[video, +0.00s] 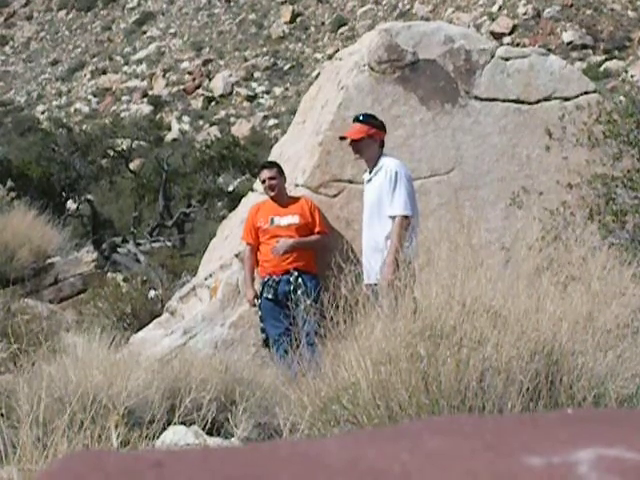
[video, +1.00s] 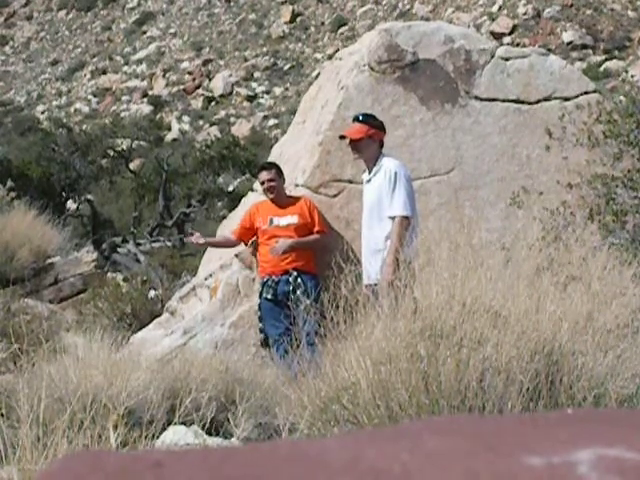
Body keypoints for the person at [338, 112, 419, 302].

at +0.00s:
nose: (352, 147)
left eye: (357, 140)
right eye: (351, 141)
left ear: (376, 138)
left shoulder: (394, 169)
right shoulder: (369, 177)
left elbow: (402, 218)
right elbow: (372, 227)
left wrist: (391, 264)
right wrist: (368, 275)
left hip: (390, 274)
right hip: (373, 275)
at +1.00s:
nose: (352, 146)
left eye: (357, 140)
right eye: (350, 141)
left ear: (375, 139)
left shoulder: (393, 169)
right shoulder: (368, 177)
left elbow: (402, 219)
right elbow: (371, 229)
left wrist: (391, 264)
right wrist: (368, 276)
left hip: (391, 272)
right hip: (373, 275)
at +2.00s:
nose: (349, 147)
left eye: (353, 142)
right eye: (349, 142)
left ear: (368, 141)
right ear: (366, 142)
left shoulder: (393, 171)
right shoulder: (371, 176)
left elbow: (399, 222)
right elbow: (375, 226)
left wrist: (386, 270)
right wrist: (370, 274)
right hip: (373, 277)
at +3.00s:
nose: (350, 147)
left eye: (354, 142)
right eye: (350, 142)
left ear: (368, 141)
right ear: (367, 142)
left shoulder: (393, 171)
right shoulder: (375, 175)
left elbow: (398, 224)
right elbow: (379, 226)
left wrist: (386, 273)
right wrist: (374, 273)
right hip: (376, 276)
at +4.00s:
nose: (352, 147)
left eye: (356, 142)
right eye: (352, 143)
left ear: (373, 140)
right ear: (371, 141)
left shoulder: (395, 169)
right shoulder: (376, 173)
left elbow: (400, 220)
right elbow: (380, 222)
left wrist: (382, 266)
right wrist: (371, 260)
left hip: (400, 265)